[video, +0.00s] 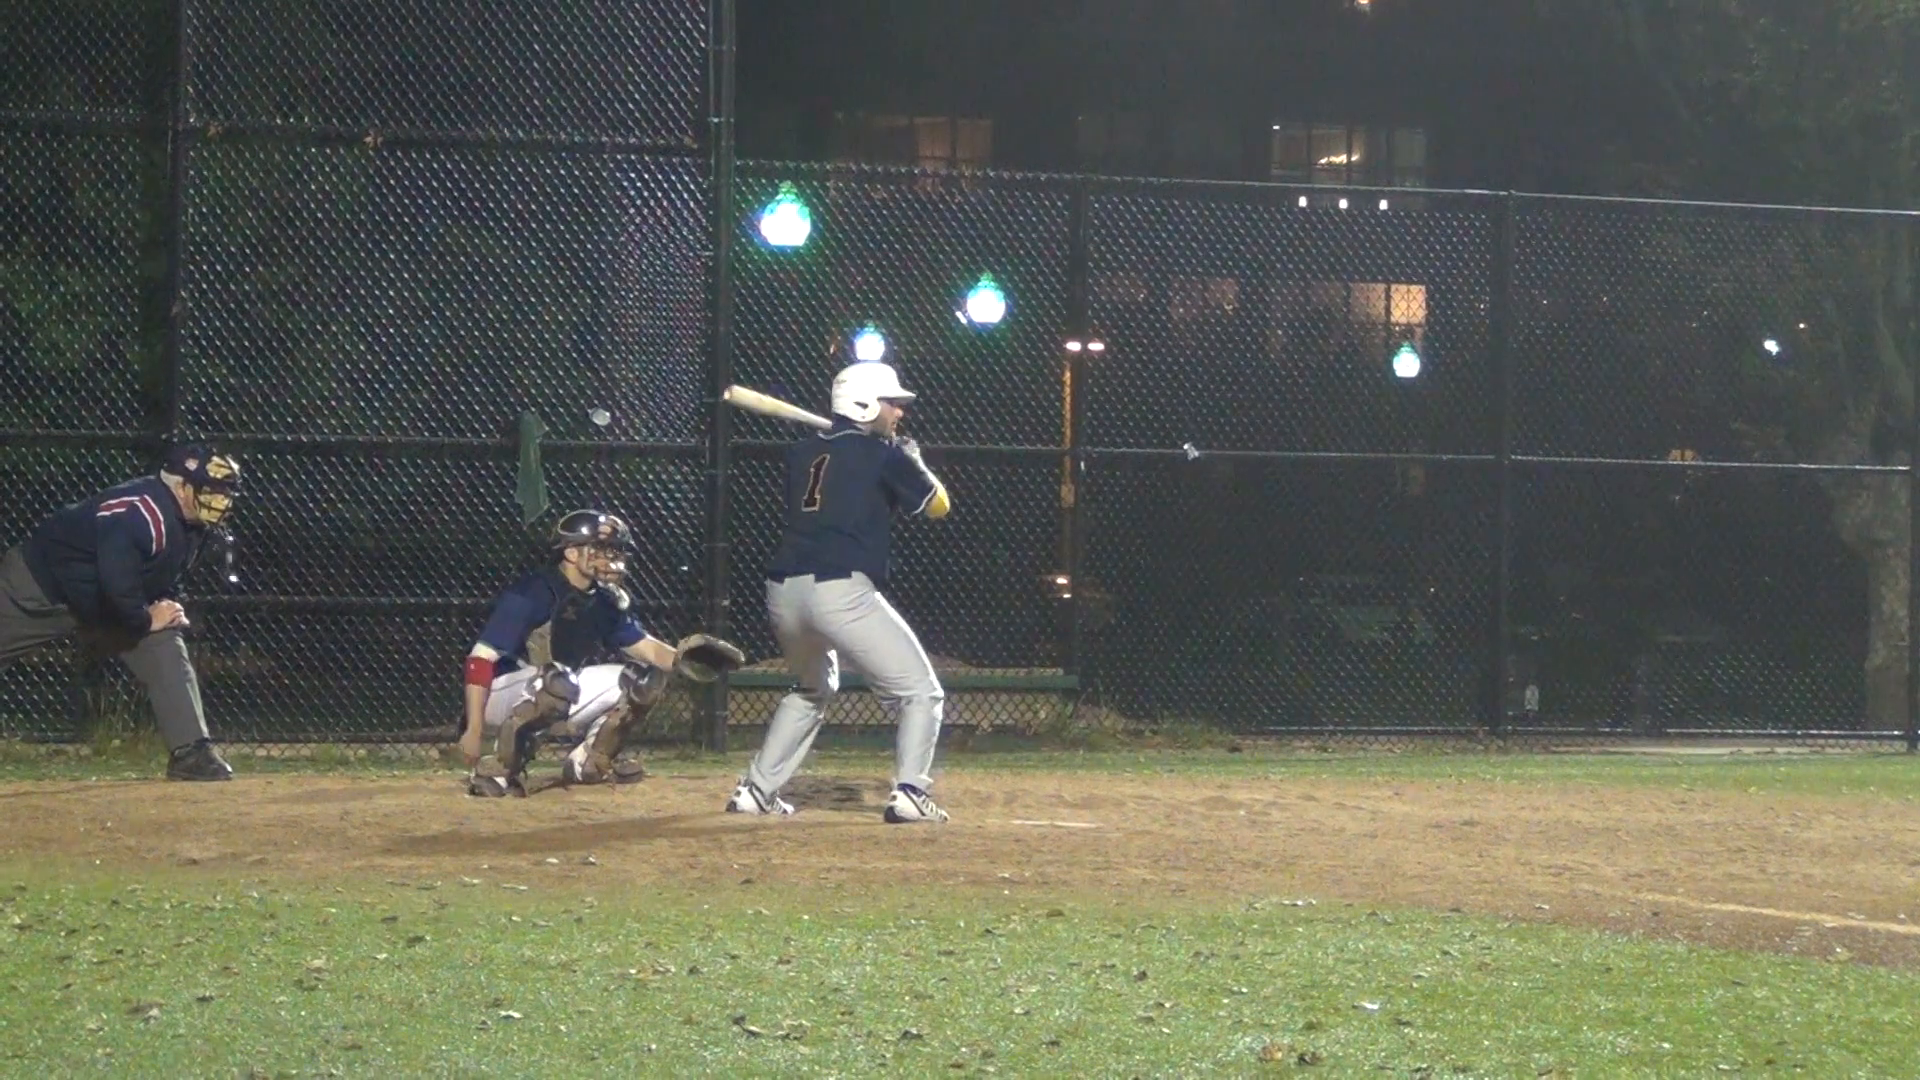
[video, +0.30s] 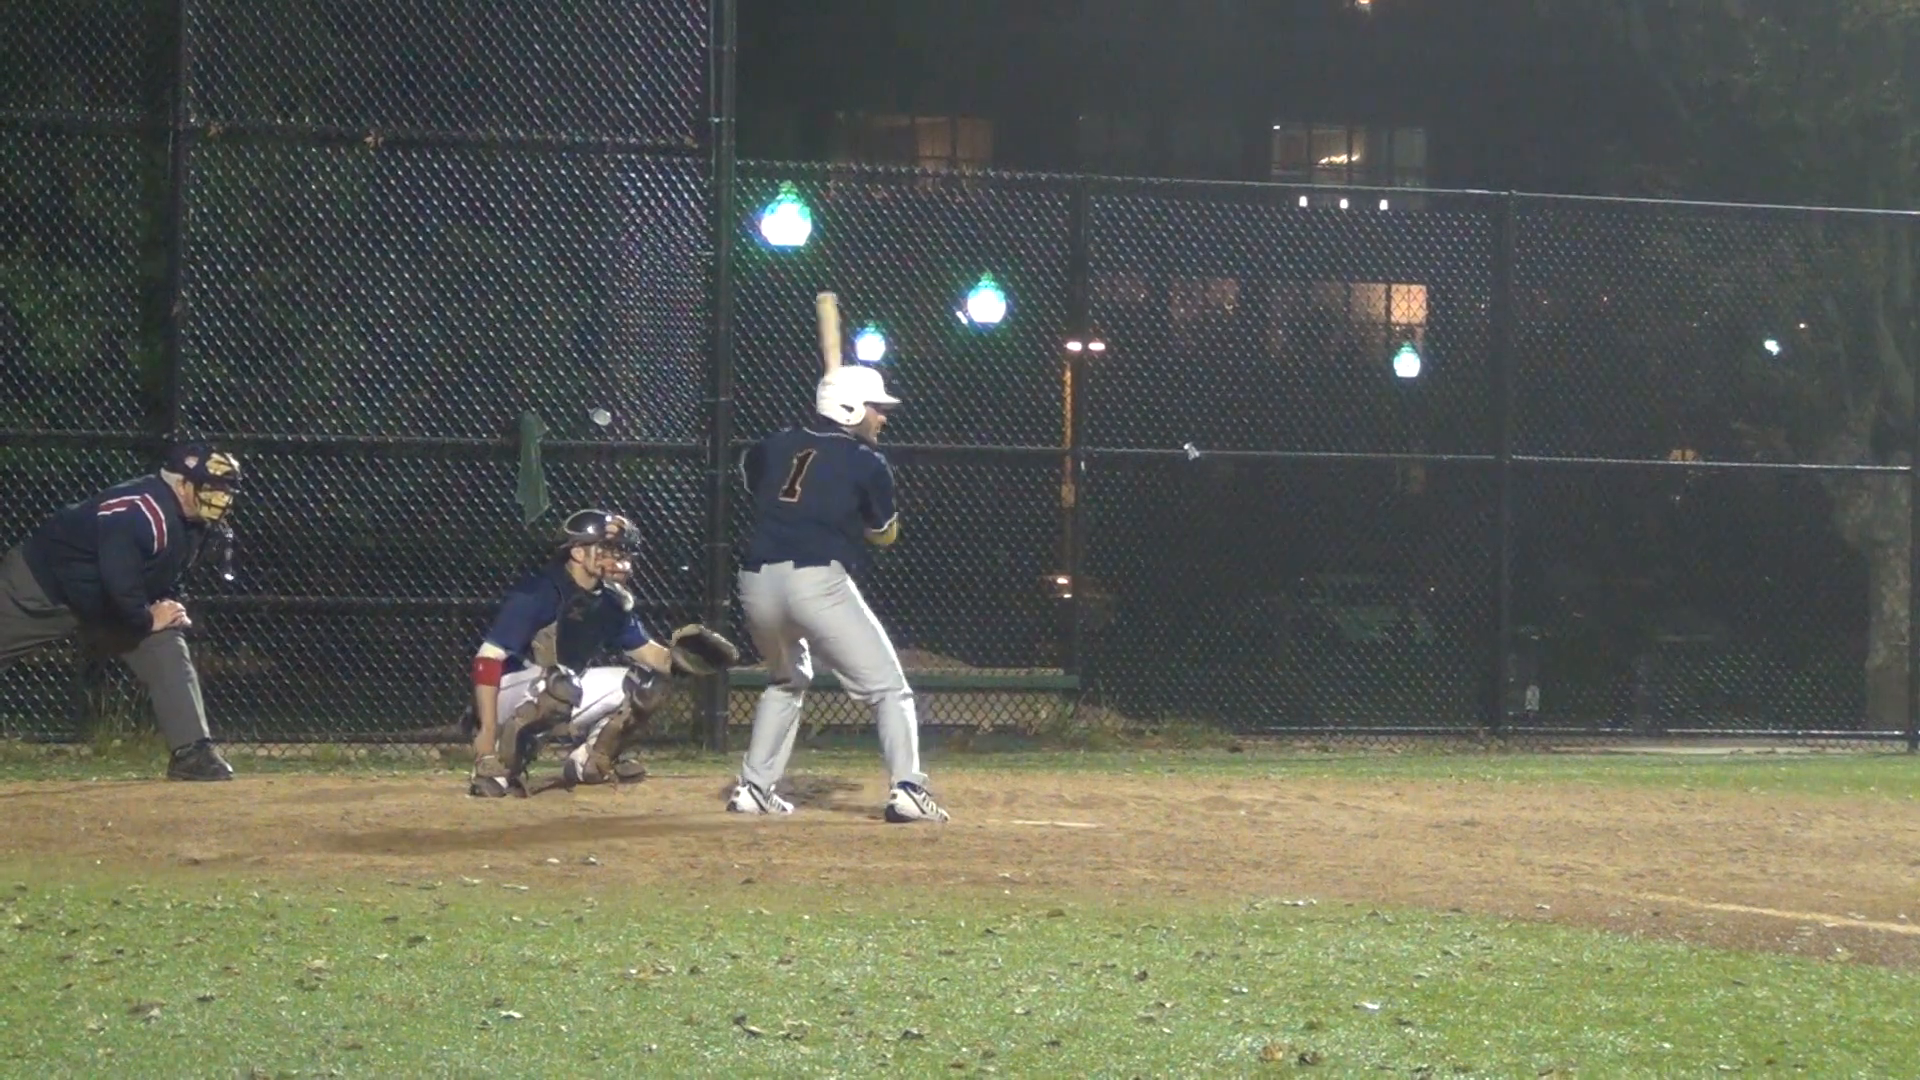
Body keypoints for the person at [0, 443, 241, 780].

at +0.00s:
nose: (218, 502)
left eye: (221, 494)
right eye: (210, 492)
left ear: (184, 489)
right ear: (182, 488)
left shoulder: (178, 518)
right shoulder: (141, 511)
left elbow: (153, 573)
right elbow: (117, 582)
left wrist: (162, 606)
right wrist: (144, 620)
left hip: (100, 599)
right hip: (35, 590)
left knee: (163, 648)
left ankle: (190, 751)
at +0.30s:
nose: (218, 500)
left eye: (221, 492)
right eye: (210, 490)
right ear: (182, 486)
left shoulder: (181, 518)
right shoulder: (140, 511)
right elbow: (119, 579)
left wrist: (164, 607)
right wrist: (146, 619)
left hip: (102, 600)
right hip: (36, 590)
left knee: (166, 649)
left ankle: (191, 751)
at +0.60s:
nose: (221, 501)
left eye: (224, 493)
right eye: (213, 491)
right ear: (184, 488)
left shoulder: (185, 521)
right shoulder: (141, 513)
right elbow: (121, 587)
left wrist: (167, 609)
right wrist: (149, 620)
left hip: (103, 600)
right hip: (38, 591)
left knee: (167, 648)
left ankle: (192, 751)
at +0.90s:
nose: (223, 503)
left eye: (226, 494)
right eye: (215, 493)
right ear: (186, 489)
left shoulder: (184, 523)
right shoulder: (145, 515)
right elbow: (123, 586)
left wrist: (170, 609)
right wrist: (152, 618)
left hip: (103, 601)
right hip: (40, 591)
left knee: (168, 646)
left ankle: (193, 751)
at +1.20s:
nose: (218, 499)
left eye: (223, 492)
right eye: (210, 489)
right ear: (183, 484)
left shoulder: (200, 523)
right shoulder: (151, 504)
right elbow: (139, 569)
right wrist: (201, 600)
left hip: (126, 602)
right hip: (50, 587)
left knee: (170, 653)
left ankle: (193, 750)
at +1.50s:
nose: (225, 491)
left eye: (229, 483)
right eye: (217, 481)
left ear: (228, 483)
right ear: (193, 475)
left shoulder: (191, 504)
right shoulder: (168, 497)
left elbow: (143, 556)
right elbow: (223, 526)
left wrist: (172, 597)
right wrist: (286, 501)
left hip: (113, 601)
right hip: (50, 589)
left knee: (171, 643)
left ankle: (194, 748)